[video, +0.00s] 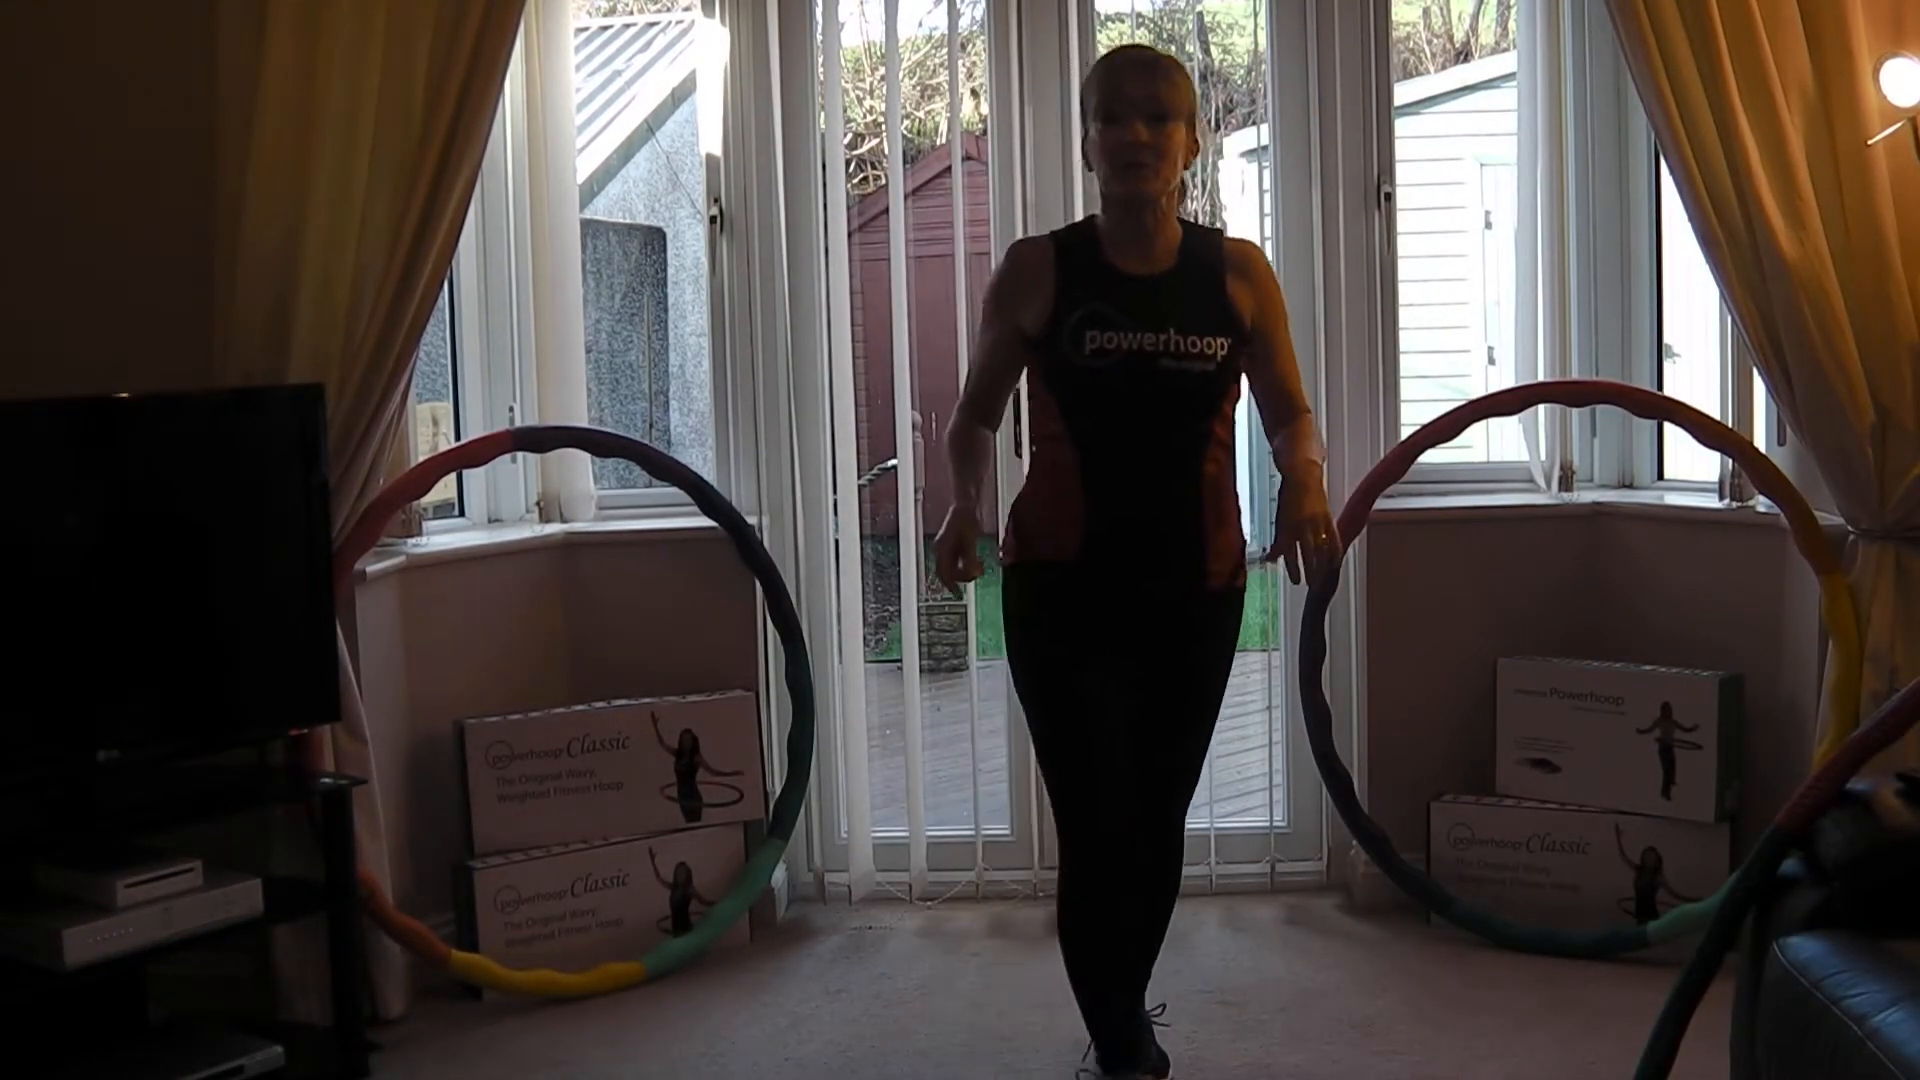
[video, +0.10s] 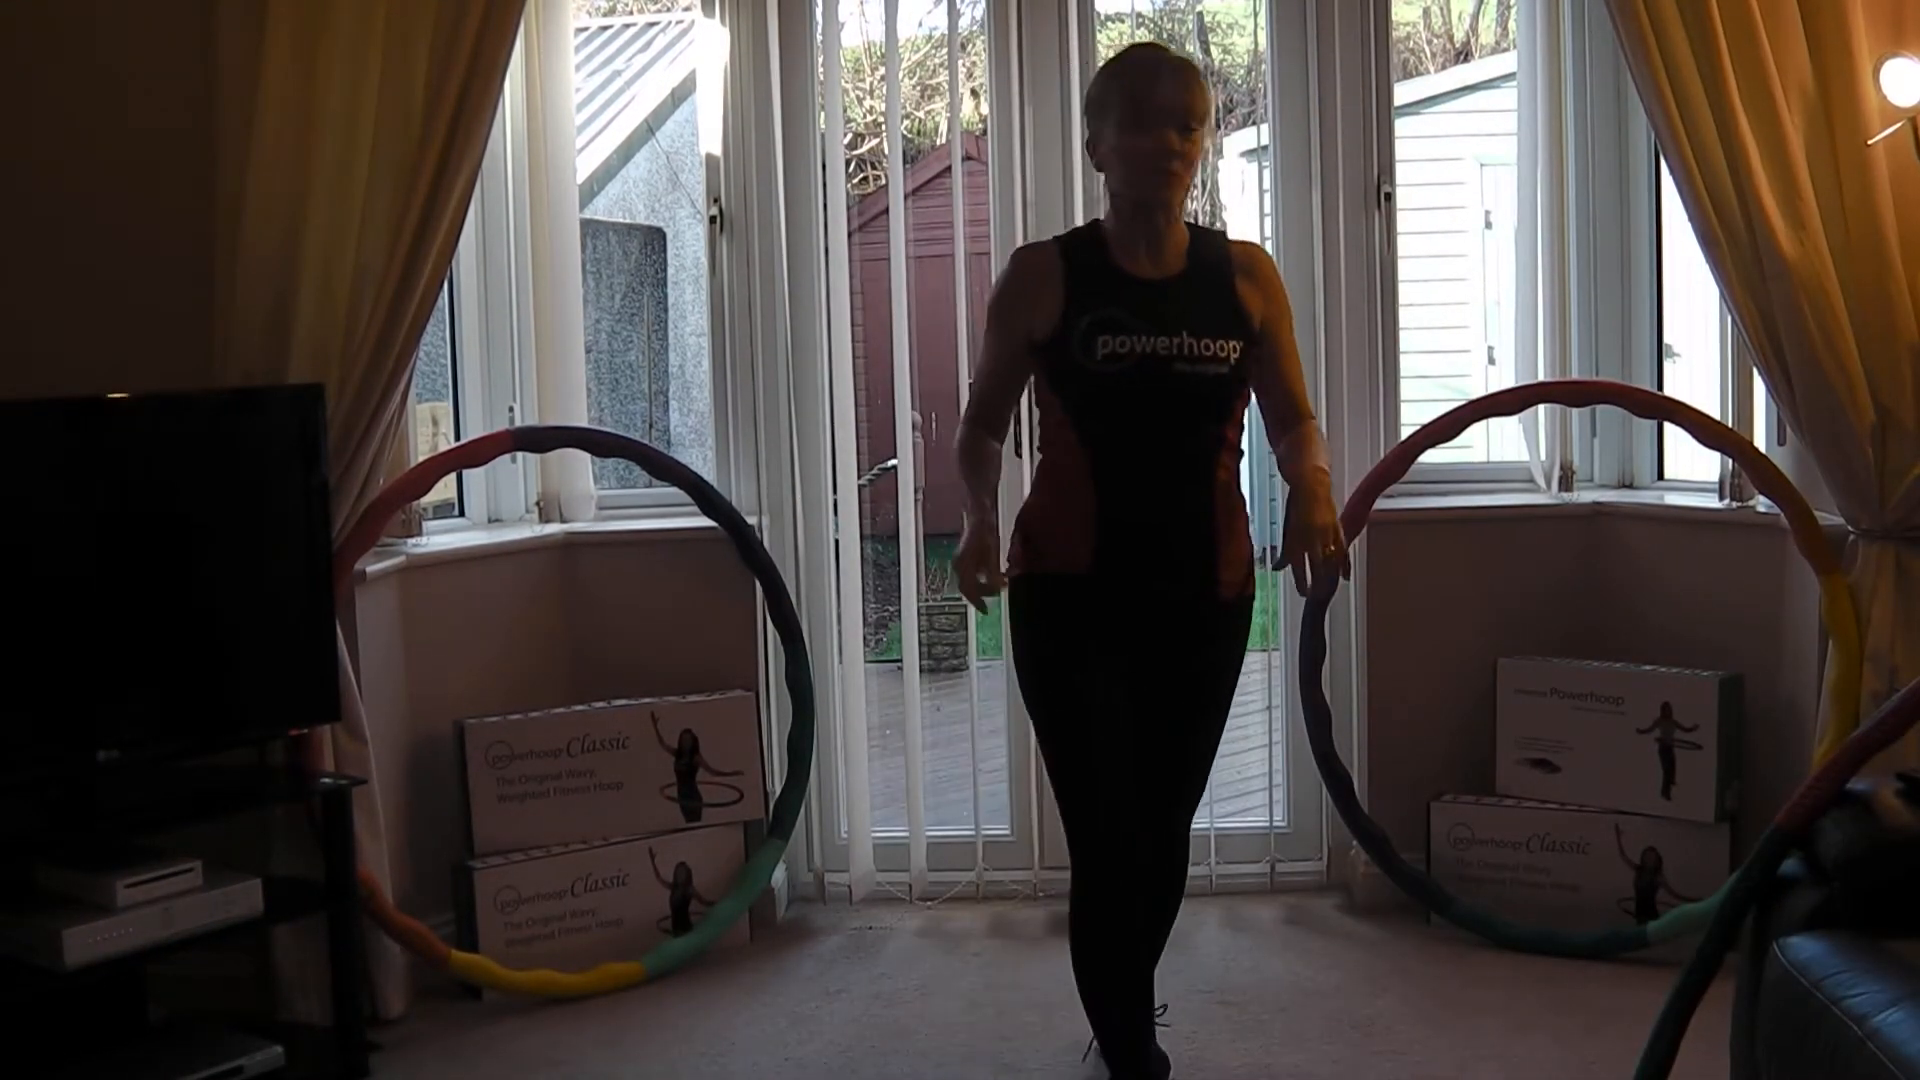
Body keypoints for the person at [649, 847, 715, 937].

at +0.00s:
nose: (681, 876)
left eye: (683, 873)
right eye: (678, 873)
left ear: (688, 874)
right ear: (675, 874)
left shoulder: (690, 889)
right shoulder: (673, 887)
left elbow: (702, 902)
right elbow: (658, 878)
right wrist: (652, 861)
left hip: (686, 924)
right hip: (675, 924)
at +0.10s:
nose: (681, 876)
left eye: (683, 873)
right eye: (678, 873)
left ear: (688, 874)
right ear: (675, 874)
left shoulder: (690, 889)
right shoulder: (673, 887)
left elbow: (703, 902)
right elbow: (658, 878)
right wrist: (652, 861)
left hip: (686, 924)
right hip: (675, 924)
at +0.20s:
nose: (681, 877)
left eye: (683, 873)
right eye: (678, 873)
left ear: (688, 875)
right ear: (675, 874)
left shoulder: (690, 889)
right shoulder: (673, 887)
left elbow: (702, 901)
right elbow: (658, 878)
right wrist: (652, 861)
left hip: (686, 924)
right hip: (675, 924)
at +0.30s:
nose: (681, 876)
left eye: (683, 873)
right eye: (678, 873)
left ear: (688, 875)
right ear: (675, 874)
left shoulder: (689, 889)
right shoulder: (673, 887)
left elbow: (702, 901)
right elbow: (658, 878)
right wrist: (652, 861)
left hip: (686, 924)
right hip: (675, 924)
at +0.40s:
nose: (681, 876)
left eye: (683, 873)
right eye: (678, 873)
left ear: (688, 875)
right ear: (675, 875)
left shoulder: (690, 889)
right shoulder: (673, 887)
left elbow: (702, 902)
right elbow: (658, 878)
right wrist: (652, 861)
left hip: (686, 924)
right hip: (675, 924)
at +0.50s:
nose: (681, 876)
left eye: (683, 873)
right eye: (678, 873)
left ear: (688, 875)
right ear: (675, 874)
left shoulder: (690, 889)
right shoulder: (673, 887)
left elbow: (702, 901)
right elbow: (658, 878)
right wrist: (652, 861)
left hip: (686, 924)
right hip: (675, 924)